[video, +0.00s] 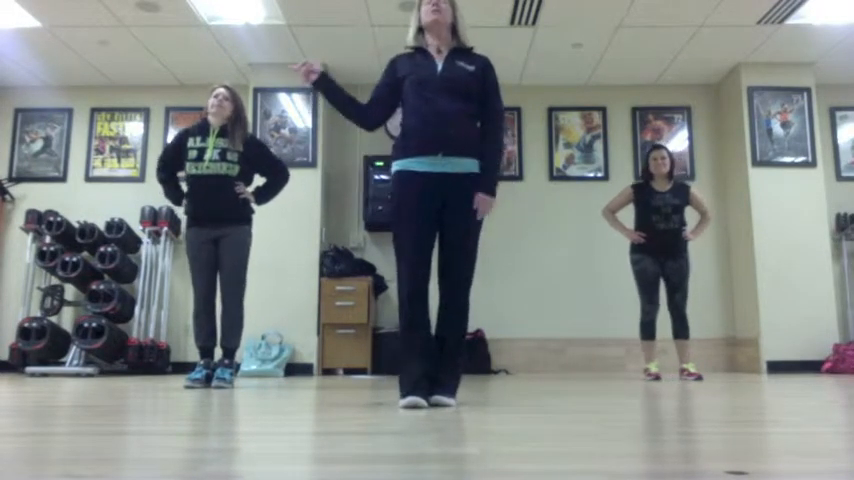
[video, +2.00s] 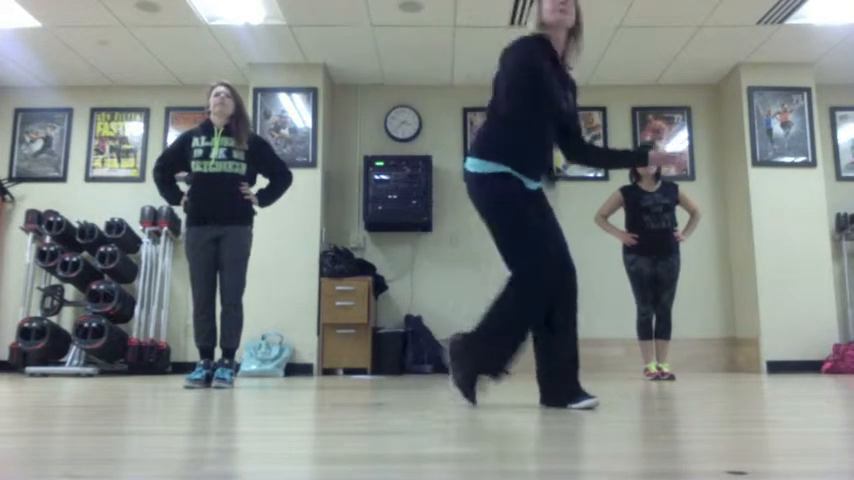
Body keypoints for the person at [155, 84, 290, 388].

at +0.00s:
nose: (218, 101)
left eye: (225, 99)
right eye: (214, 96)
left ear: (234, 110)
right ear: (206, 104)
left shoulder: (246, 143)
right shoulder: (189, 137)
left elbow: (281, 173)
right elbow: (164, 169)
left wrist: (257, 196)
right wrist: (180, 198)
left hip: (235, 226)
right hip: (198, 225)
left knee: (232, 293)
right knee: (202, 294)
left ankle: (227, 362)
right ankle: (205, 361)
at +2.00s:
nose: (220, 99)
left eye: (226, 96)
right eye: (216, 95)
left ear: (236, 107)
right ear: (207, 105)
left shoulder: (251, 143)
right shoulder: (192, 139)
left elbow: (284, 176)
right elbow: (161, 169)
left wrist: (260, 197)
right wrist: (177, 198)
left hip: (236, 227)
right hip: (199, 226)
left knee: (231, 296)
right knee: (202, 297)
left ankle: (227, 363)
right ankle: (205, 362)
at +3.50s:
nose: (240, 98)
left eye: (247, 94)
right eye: (236, 93)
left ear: (257, 104)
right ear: (227, 101)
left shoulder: (269, 141)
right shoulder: (211, 138)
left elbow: (284, 186)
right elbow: (196, 182)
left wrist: (299, 176)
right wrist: (176, 183)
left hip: (254, 230)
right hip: (215, 229)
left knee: (257, 298)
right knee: (202, 296)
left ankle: (262, 365)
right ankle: (189, 363)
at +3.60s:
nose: (251, 99)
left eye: (258, 96)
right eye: (246, 94)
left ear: (268, 106)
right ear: (238, 102)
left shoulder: (279, 143)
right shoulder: (220, 136)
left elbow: (291, 188)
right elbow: (196, 181)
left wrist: (313, 182)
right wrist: (197, 168)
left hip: (264, 228)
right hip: (227, 226)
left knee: (264, 296)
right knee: (215, 288)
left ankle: (263, 364)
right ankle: (189, 353)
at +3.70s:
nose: (255, 99)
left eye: (262, 97)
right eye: (250, 95)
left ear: (272, 107)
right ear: (242, 103)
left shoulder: (281, 145)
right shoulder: (223, 136)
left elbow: (294, 191)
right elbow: (194, 180)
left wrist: (316, 182)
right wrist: (203, 172)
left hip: (267, 228)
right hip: (230, 226)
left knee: (265, 295)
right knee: (221, 289)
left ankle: (263, 364)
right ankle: (191, 351)